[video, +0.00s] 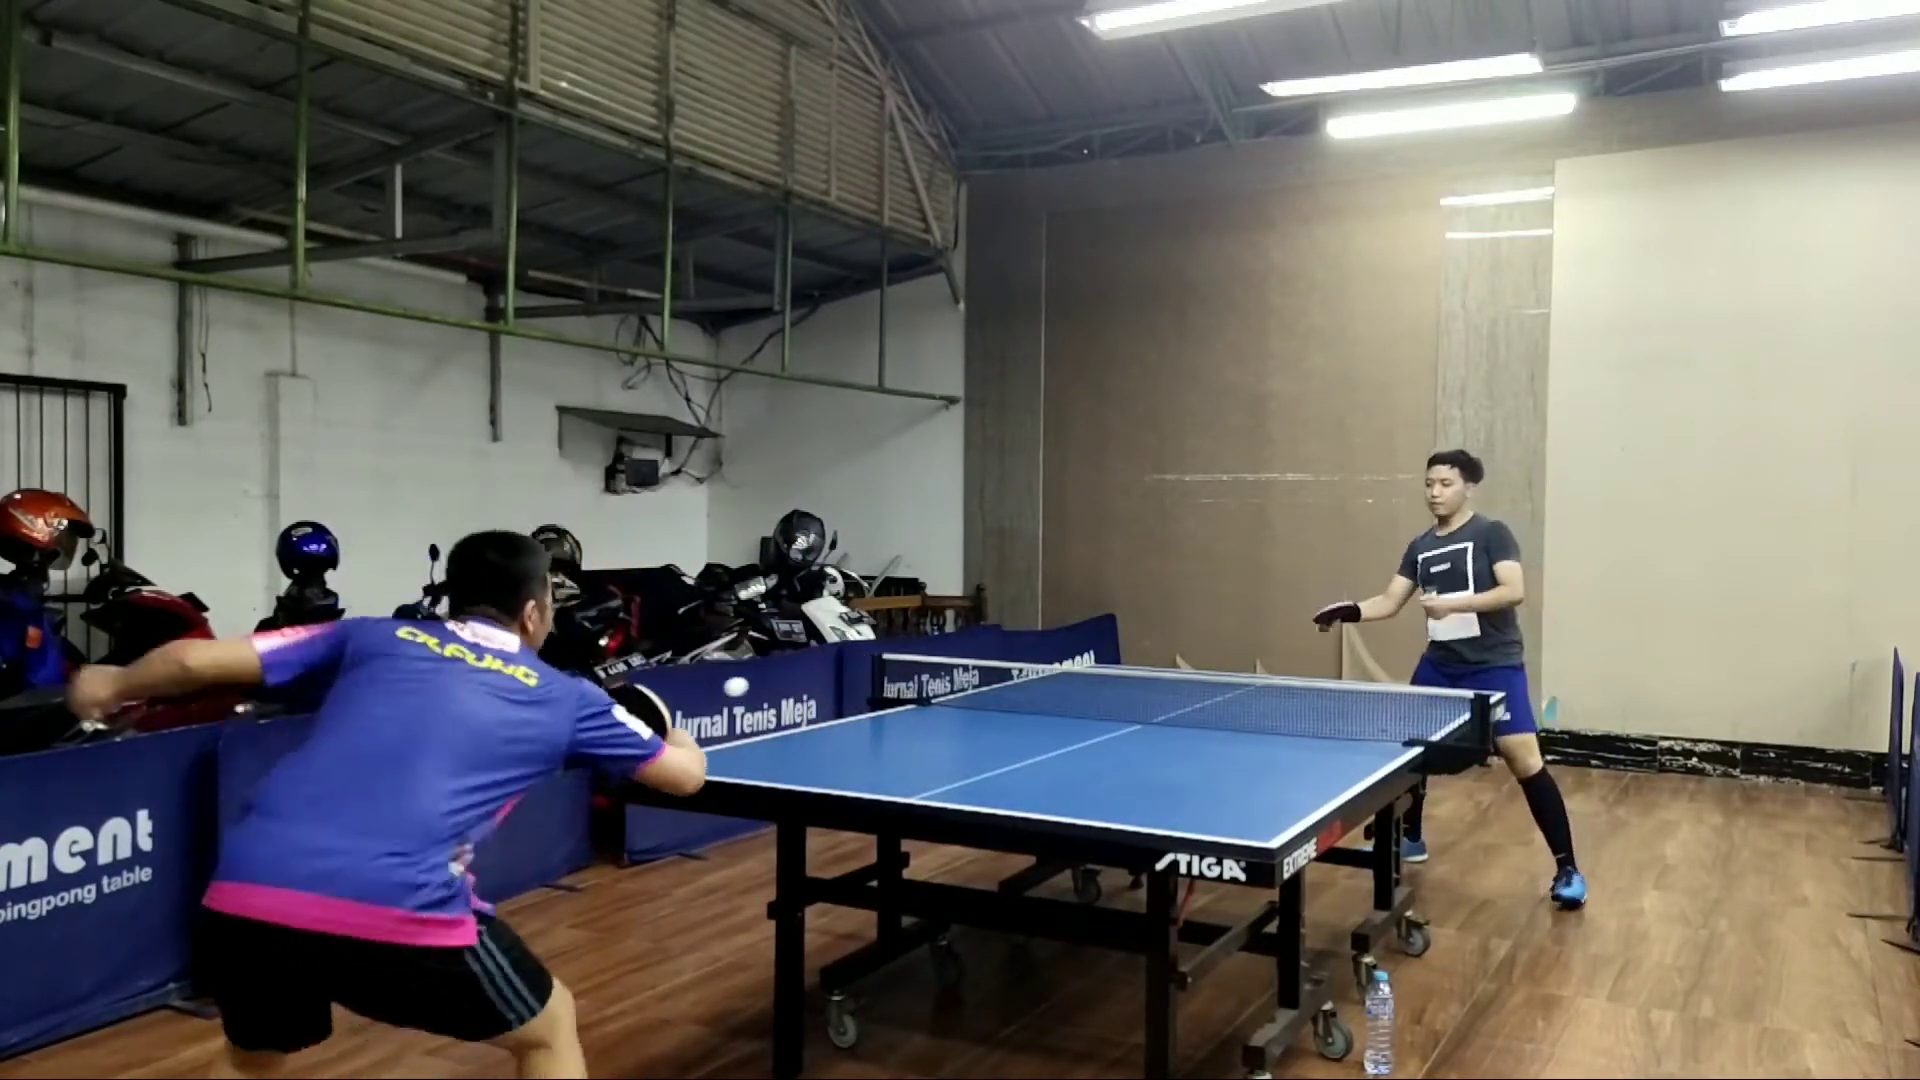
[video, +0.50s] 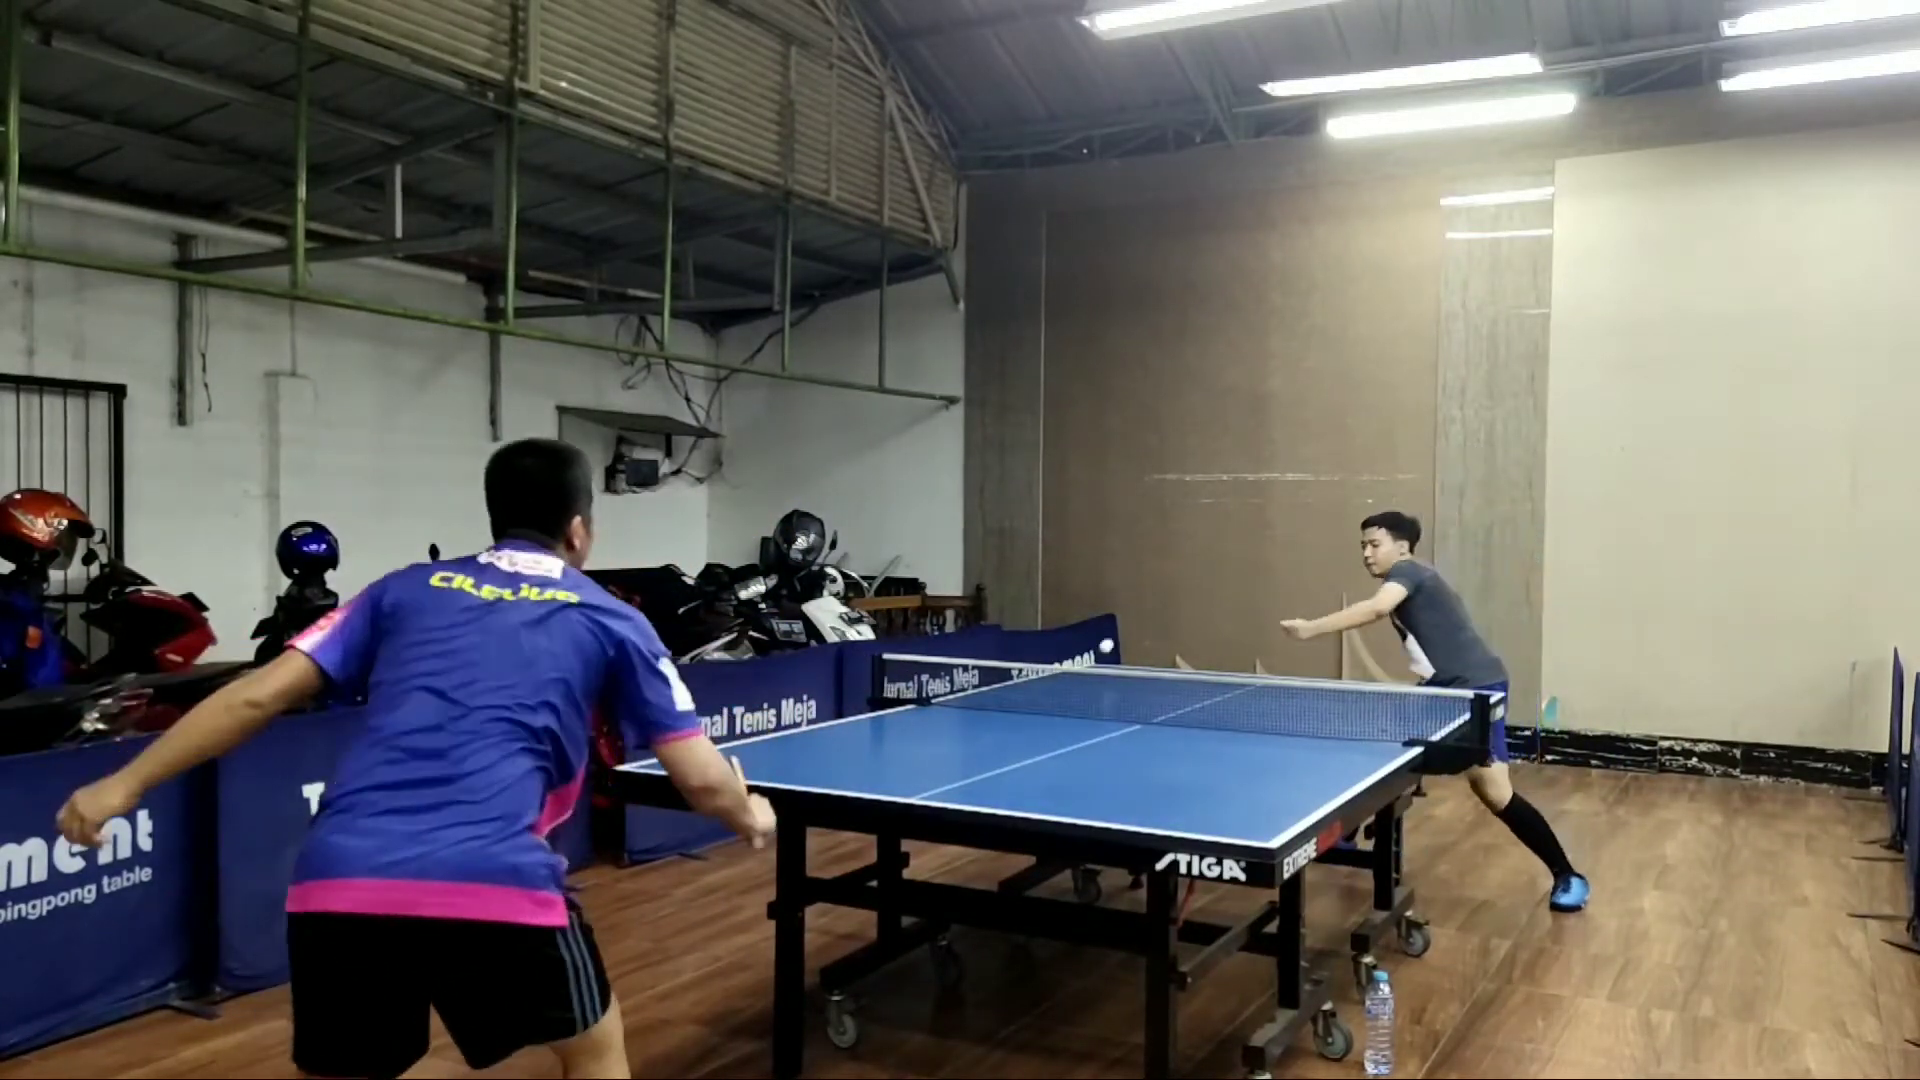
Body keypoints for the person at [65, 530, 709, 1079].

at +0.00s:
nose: (552, 616)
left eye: (549, 601)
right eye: (550, 603)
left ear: (451, 596)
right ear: (531, 614)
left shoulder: (368, 635)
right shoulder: (562, 697)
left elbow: (206, 660)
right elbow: (686, 775)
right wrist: (657, 729)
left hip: (249, 904)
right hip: (399, 923)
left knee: (254, 1057)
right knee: (548, 1030)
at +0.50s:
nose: (594, 535)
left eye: (585, 521)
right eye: (593, 523)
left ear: (490, 523)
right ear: (579, 531)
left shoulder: (403, 589)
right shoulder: (611, 622)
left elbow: (264, 692)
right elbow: (706, 782)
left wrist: (122, 785)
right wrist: (744, 808)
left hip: (338, 894)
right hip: (493, 899)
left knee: (346, 1068)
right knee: (592, 1050)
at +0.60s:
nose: (589, 524)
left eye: (586, 508)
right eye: (587, 509)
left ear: (484, 512)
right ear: (568, 518)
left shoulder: (389, 587)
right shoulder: (592, 613)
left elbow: (254, 712)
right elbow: (660, 780)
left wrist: (157, 814)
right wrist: (731, 843)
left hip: (325, 899)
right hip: (479, 897)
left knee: (327, 1070)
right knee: (613, 1054)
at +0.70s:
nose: (602, 509)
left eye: (602, 493)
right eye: (600, 494)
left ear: (496, 500)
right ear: (582, 506)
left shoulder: (397, 580)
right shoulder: (599, 605)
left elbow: (269, 722)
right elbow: (652, 779)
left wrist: (221, 830)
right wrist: (727, 856)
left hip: (328, 908)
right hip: (484, 905)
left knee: (338, 1069)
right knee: (642, 1063)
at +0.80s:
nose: (640, 510)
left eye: (642, 491)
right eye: (641, 492)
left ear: (538, 491)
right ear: (621, 504)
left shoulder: (436, 568)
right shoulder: (636, 598)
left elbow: (317, 730)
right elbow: (676, 790)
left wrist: (304, 846)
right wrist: (741, 877)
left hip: (350, 903)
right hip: (507, 907)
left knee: (361, 1070)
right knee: (648, 1072)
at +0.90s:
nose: (688, 539)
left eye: (686, 521)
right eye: (688, 522)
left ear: (585, 520)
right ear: (671, 531)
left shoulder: (474, 598)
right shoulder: (676, 631)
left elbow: (372, 768)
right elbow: (704, 832)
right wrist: (775, 893)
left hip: (378, 953)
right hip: (536, 960)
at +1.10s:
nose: (771, 588)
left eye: (777, 572)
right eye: (776, 570)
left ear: (673, 530)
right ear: (749, 572)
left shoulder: (581, 586)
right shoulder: (633, 634)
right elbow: (495, 802)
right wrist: (653, 908)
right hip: (490, 972)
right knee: (638, 1067)